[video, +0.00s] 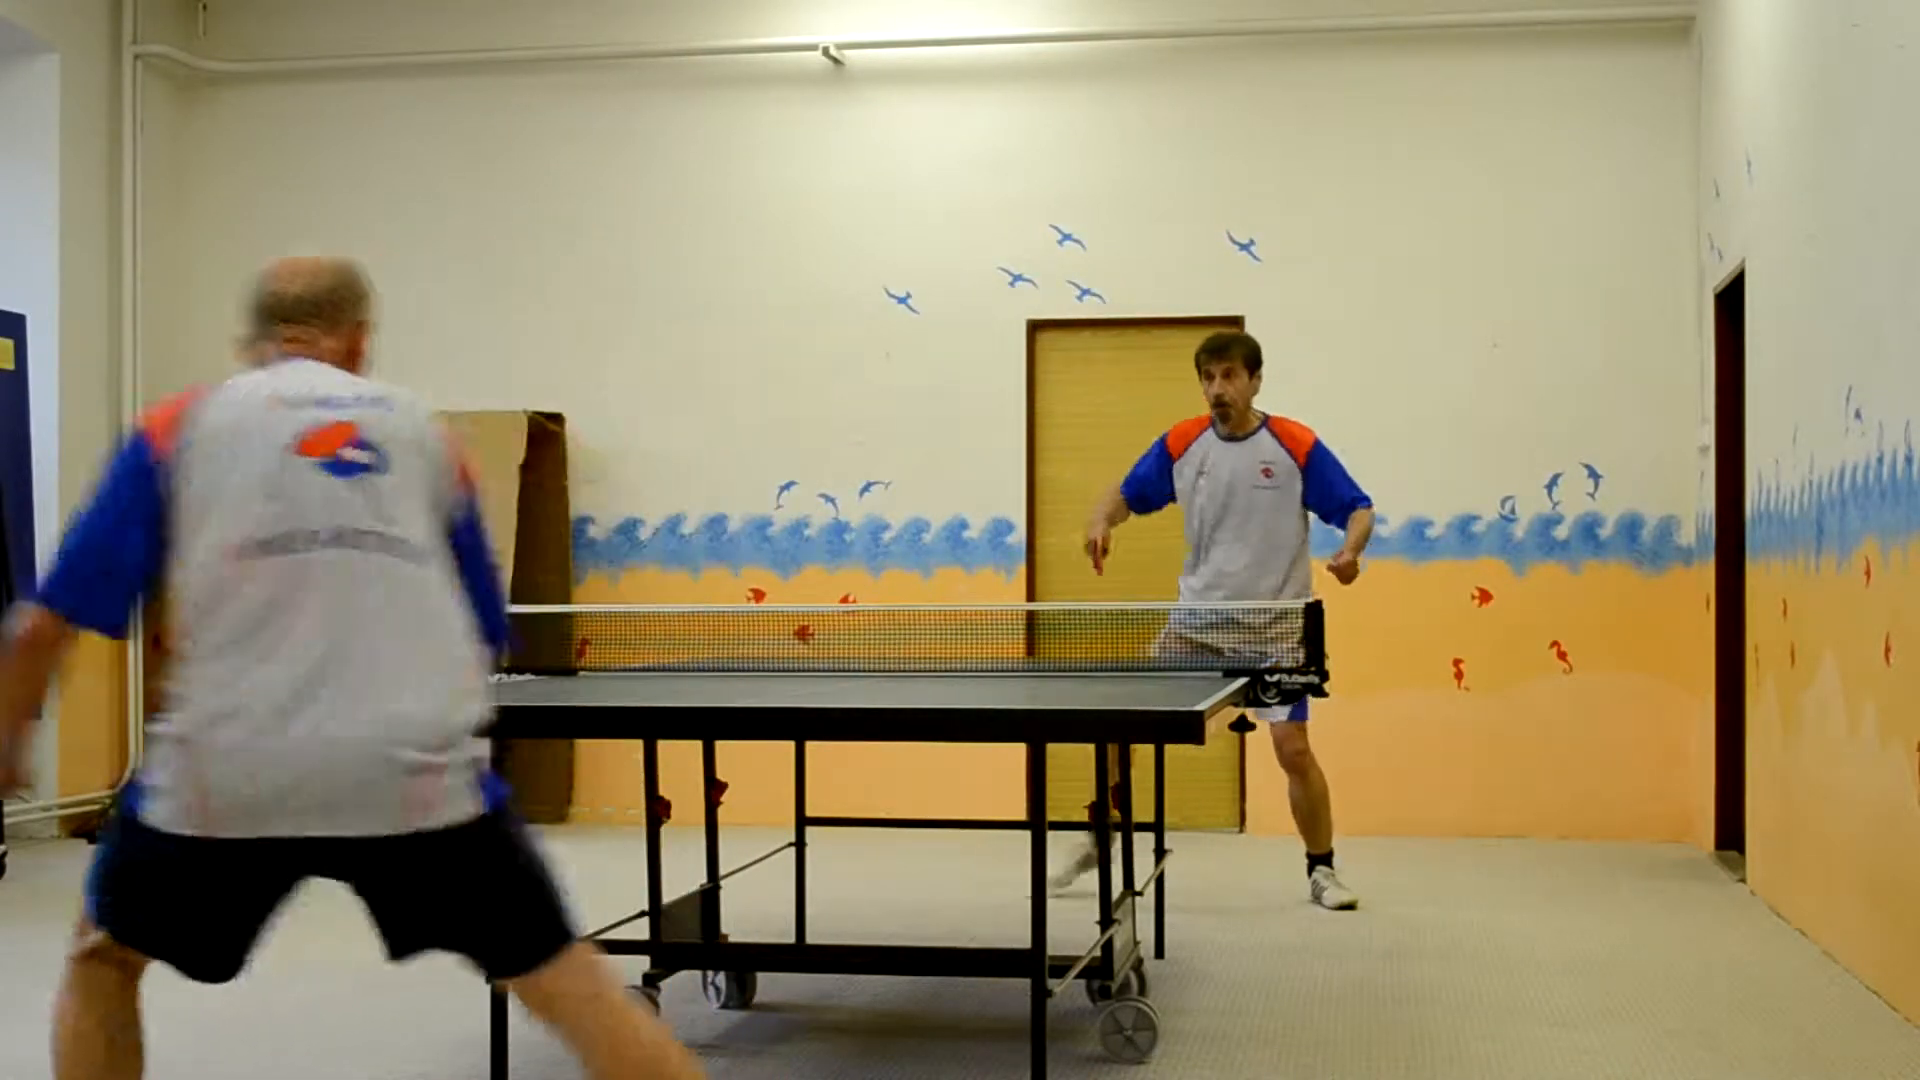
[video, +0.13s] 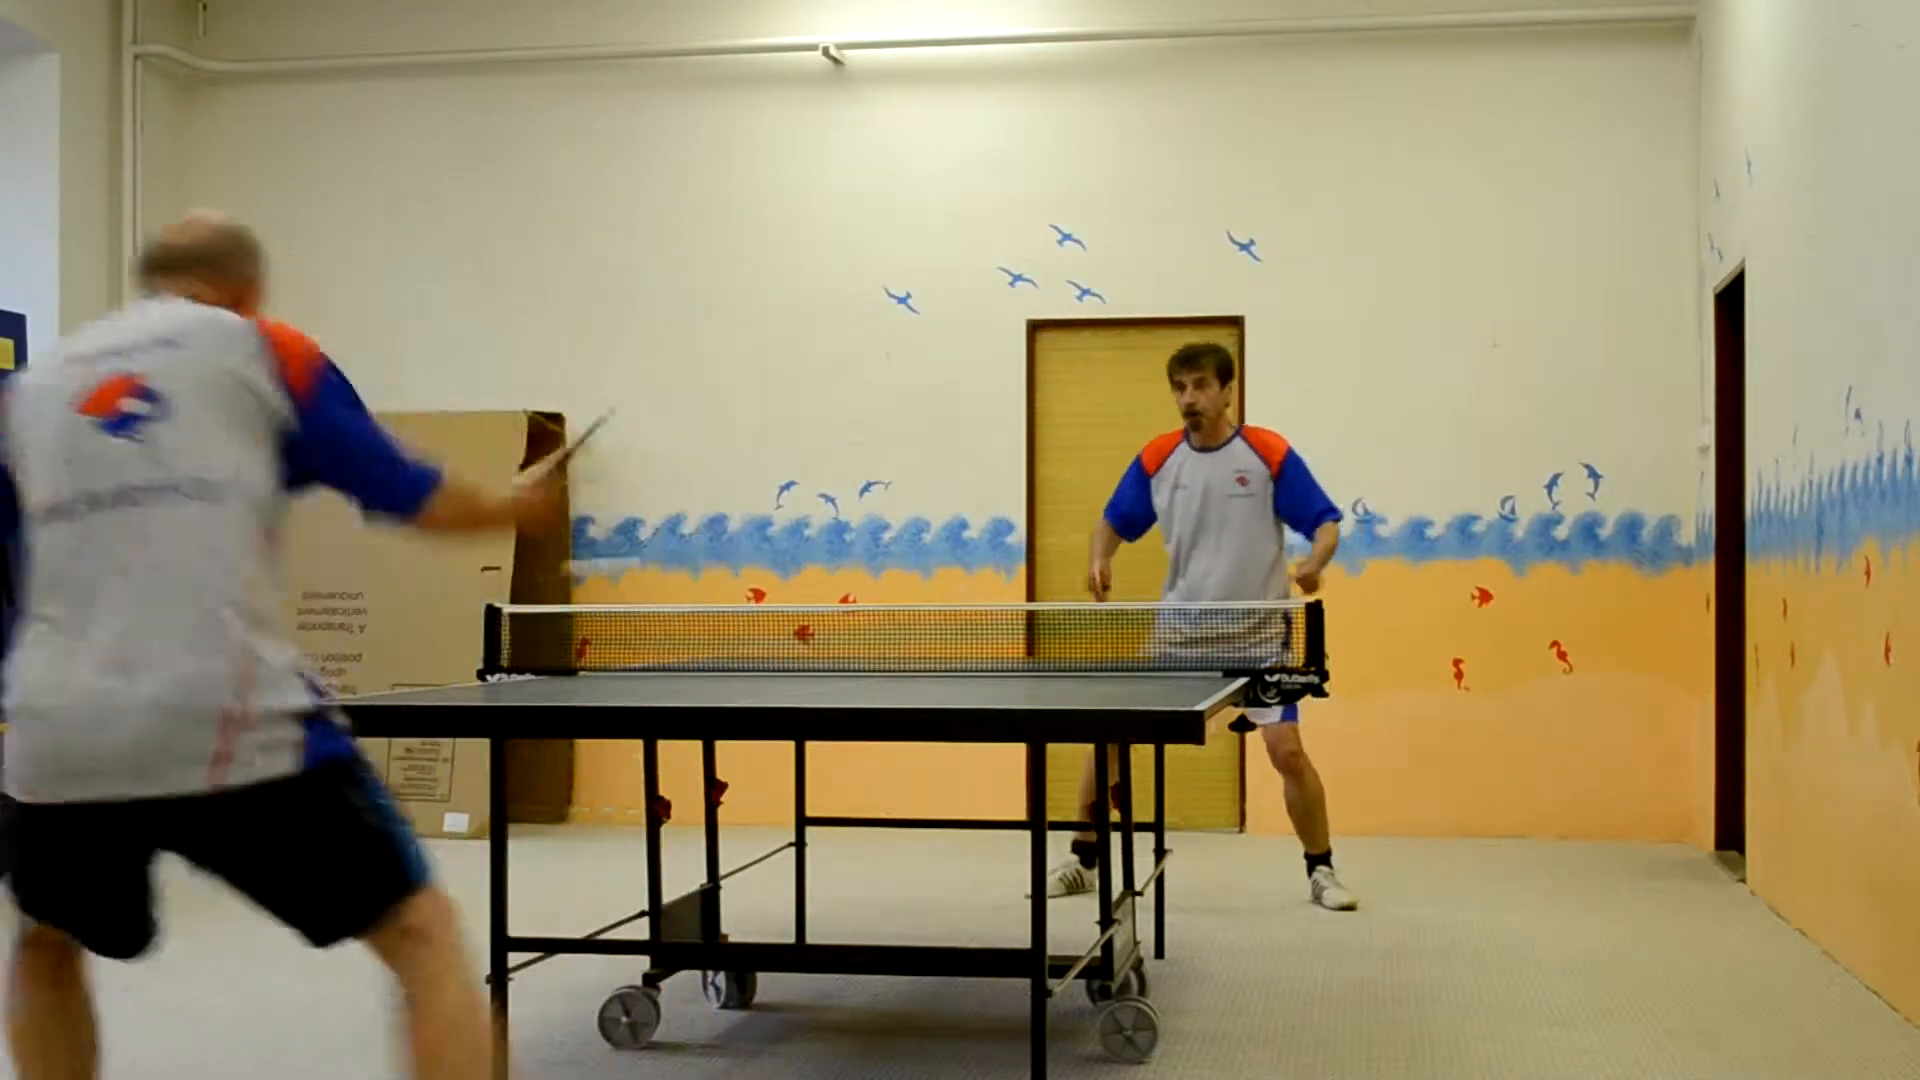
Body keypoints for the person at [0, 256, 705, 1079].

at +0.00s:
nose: (363, 355)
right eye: (366, 340)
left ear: (245, 340)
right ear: (359, 342)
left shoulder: (176, 430)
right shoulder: (427, 440)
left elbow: (41, 626)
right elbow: (486, 635)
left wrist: (14, 742)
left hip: (224, 782)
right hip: (417, 780)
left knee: (105, 965)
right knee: (582, 993)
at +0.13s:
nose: (259, 312)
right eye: (261, 300)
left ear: (146, 284)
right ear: (247, 294)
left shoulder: (29, 389)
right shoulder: (264, 354)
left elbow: (12, 575)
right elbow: (413, 494)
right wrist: (520, 504)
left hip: (57, 739)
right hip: (233, 722)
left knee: (44, 946)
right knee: (422, 936)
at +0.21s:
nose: (177, 267)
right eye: (177, 253)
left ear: (61, 250)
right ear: (168, 250)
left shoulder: (13, 342)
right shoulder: (190, 313)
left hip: (10, 716)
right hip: (158, 706)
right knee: (323, 933)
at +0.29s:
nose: (106, 246)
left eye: (99, 234)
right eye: (100, 233)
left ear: (11, 235)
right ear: (79, 233)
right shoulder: (81, 310)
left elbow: (248, 354)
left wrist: (448, 323)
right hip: (90, 721)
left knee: (248, 993)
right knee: (249, 991)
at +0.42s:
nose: (49, 296)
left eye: (48, 273)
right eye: (45, 272)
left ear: (14, 273)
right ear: (11, 274)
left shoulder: (13, 391)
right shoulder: (3, 387)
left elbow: (45, 502)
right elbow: (39, 502)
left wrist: (201, 547)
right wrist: (196, 548)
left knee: (148, 986)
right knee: (159, 984)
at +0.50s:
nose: (48, 303)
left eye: (48, 280)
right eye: (45, 278)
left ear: (12, 280)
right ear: (11, 279)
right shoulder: (7, 390)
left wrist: (57, 719)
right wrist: (52, 715)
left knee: (80, 982)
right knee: (109, 971)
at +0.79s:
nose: (39, 360)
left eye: (37, 335)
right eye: (32, 334)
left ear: (7, 337)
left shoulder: (2, 463)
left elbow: (9, 670)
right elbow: (6, 672)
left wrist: (113, 798)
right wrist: (116, 798)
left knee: (21, 1031)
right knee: (21, 1032)